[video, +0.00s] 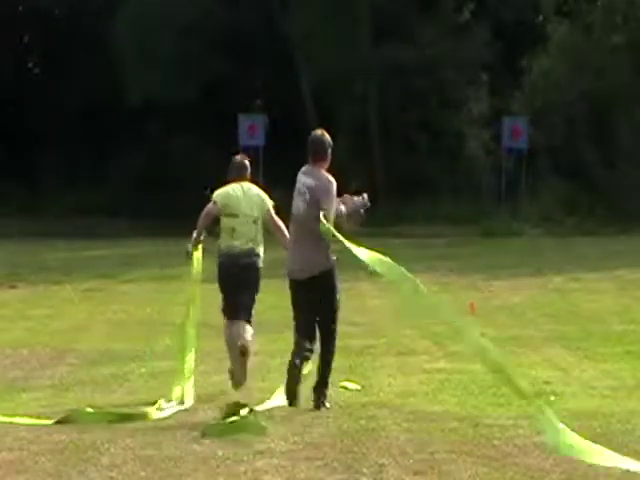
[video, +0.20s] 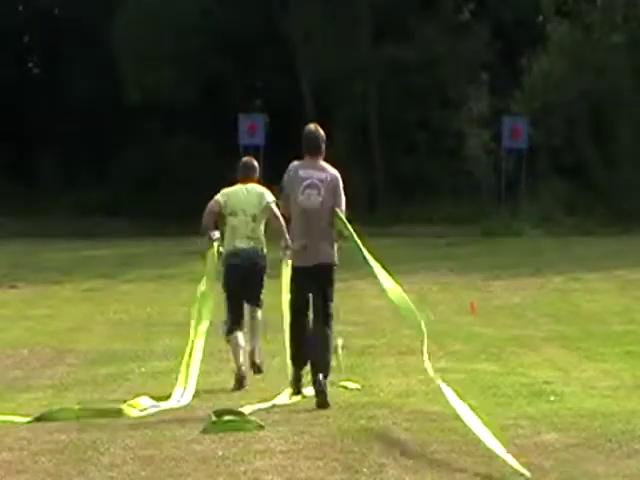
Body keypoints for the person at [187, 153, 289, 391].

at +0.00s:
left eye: (234, 173)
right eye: (246, 172)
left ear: (230, 174)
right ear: (249, 174)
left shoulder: (223, 193)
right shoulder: (259, 195)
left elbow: (207, 214)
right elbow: (276, 223)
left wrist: (197, 234)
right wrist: (291, 245)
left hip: (227, 255)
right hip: (251, 254)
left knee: (230, 312)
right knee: (245, 305)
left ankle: (234, 365)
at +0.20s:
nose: (253, 178)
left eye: (246, 173)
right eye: (255, 174)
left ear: (238, 175)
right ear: (257, 175)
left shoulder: (226, 193)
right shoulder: (263, 193)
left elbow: (209, 213)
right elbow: (277, 217)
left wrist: (211, 233)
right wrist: (286, 239)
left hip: (232, 252)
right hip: (256, 252)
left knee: (234, 314)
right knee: (254, 304)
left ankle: (239, 366)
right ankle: (254, 353)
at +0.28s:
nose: (262, 176)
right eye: (263, 173)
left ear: (244, 172)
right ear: (261, 173)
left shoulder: (230, 188)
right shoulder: (266, 192)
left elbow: (214, 206)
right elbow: (276, 216)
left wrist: (217, 229)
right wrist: (275, 234)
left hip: (232, 243)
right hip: (256, 243)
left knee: (239, 301)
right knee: (256, 304)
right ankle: (256, 356)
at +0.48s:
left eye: (246, 170)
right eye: (255, 169)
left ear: (243, 171)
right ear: (260, 171)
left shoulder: (235, 188)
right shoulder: (273, 193)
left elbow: (219, 207)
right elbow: (282, 218)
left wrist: (225, 226)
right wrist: (275, 236)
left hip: (241, 242)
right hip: (262, 244)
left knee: (243, 297)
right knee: (259, 300)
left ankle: (245, 349)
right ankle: (257, 354)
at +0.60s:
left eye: (246, 174)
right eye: (253, 173)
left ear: (241, 175)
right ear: (258, 174)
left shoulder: (235, 191)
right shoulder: (270, 191)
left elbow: (221, 219)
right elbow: (282, 212)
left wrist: (235, 231)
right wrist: (274, 229)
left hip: (245, 241)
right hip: (267, 241)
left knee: (247, 296)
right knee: (265, 286)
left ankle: (252, 352)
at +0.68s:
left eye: (247, 178)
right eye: (258, 178)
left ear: (243, 179)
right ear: (261, 178)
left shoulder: (237, 194)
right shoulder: (271, 193)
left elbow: (222, 224)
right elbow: (283, 216)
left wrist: (238, 233)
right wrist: (270, 227)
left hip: (245, 246)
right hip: (267, 245)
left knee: (246, 302)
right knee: (266, 291)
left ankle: (253, 353)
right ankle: (265, 320)